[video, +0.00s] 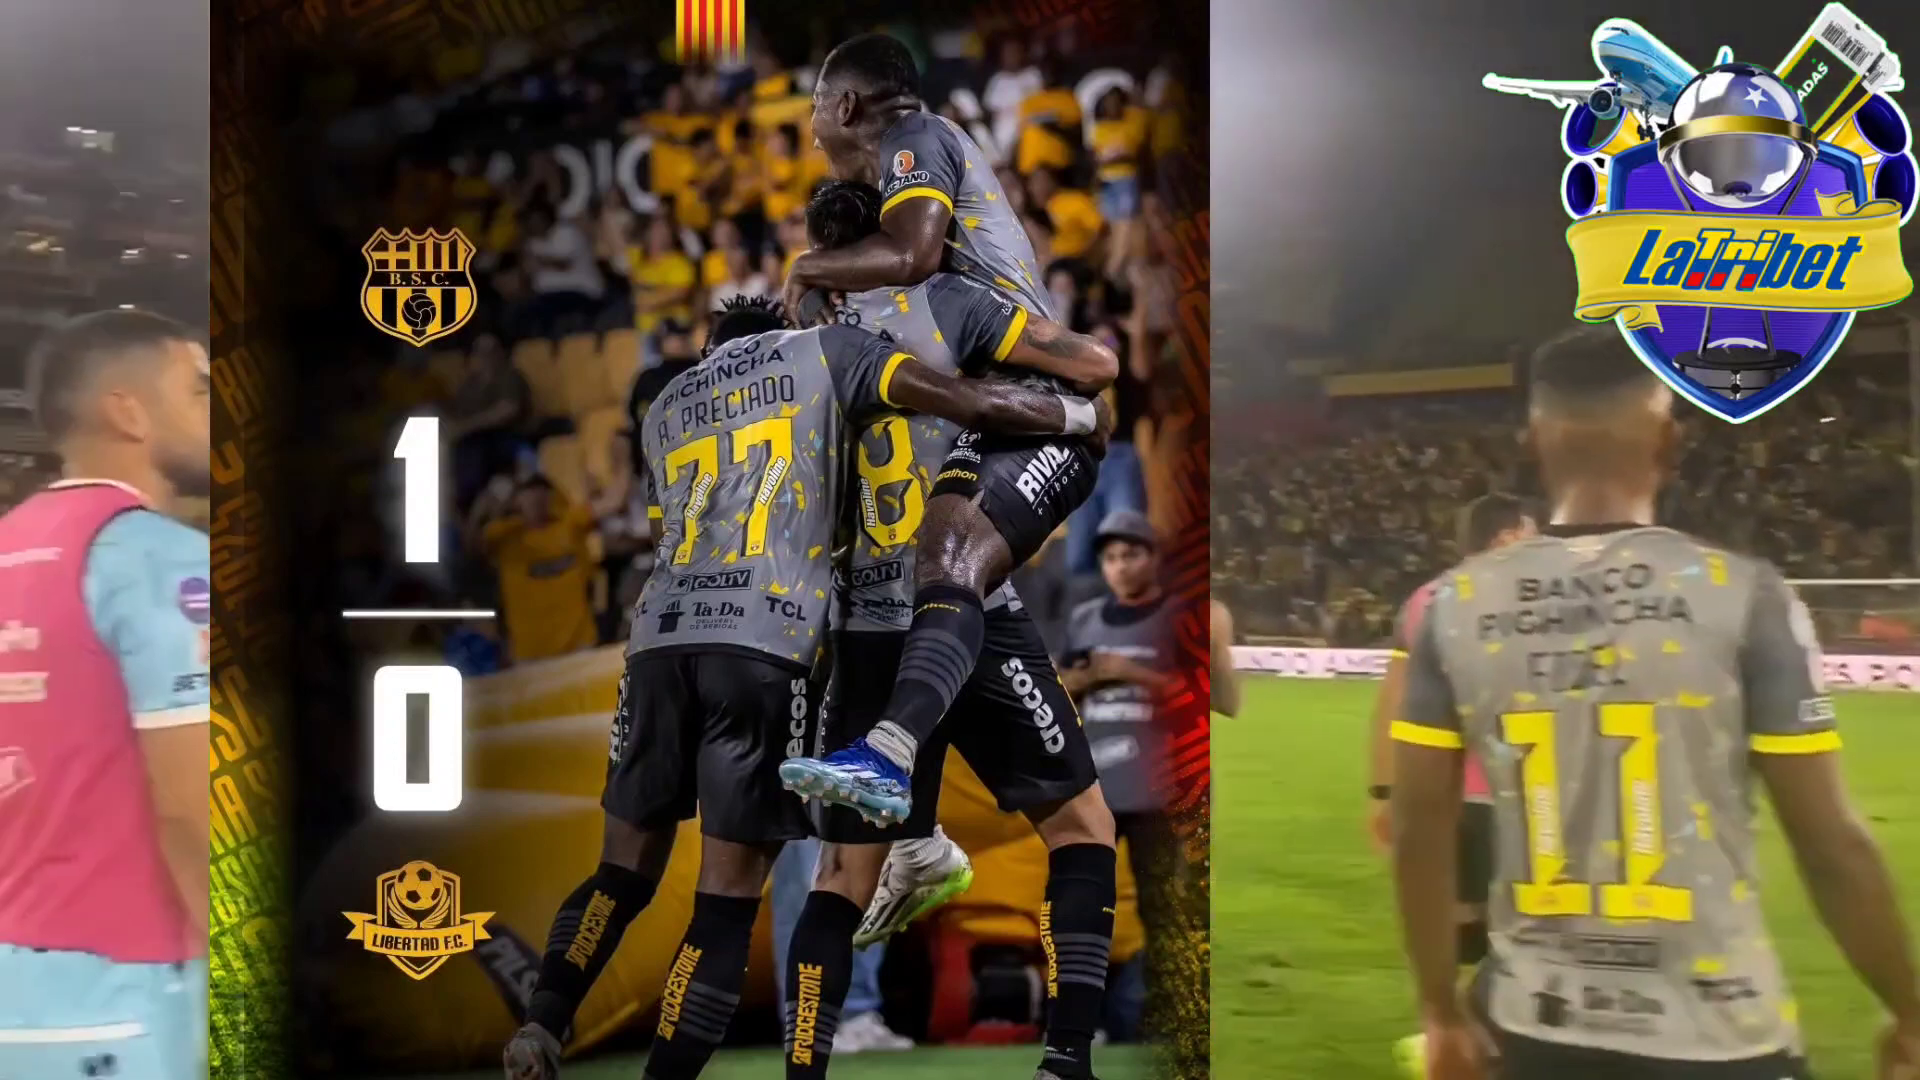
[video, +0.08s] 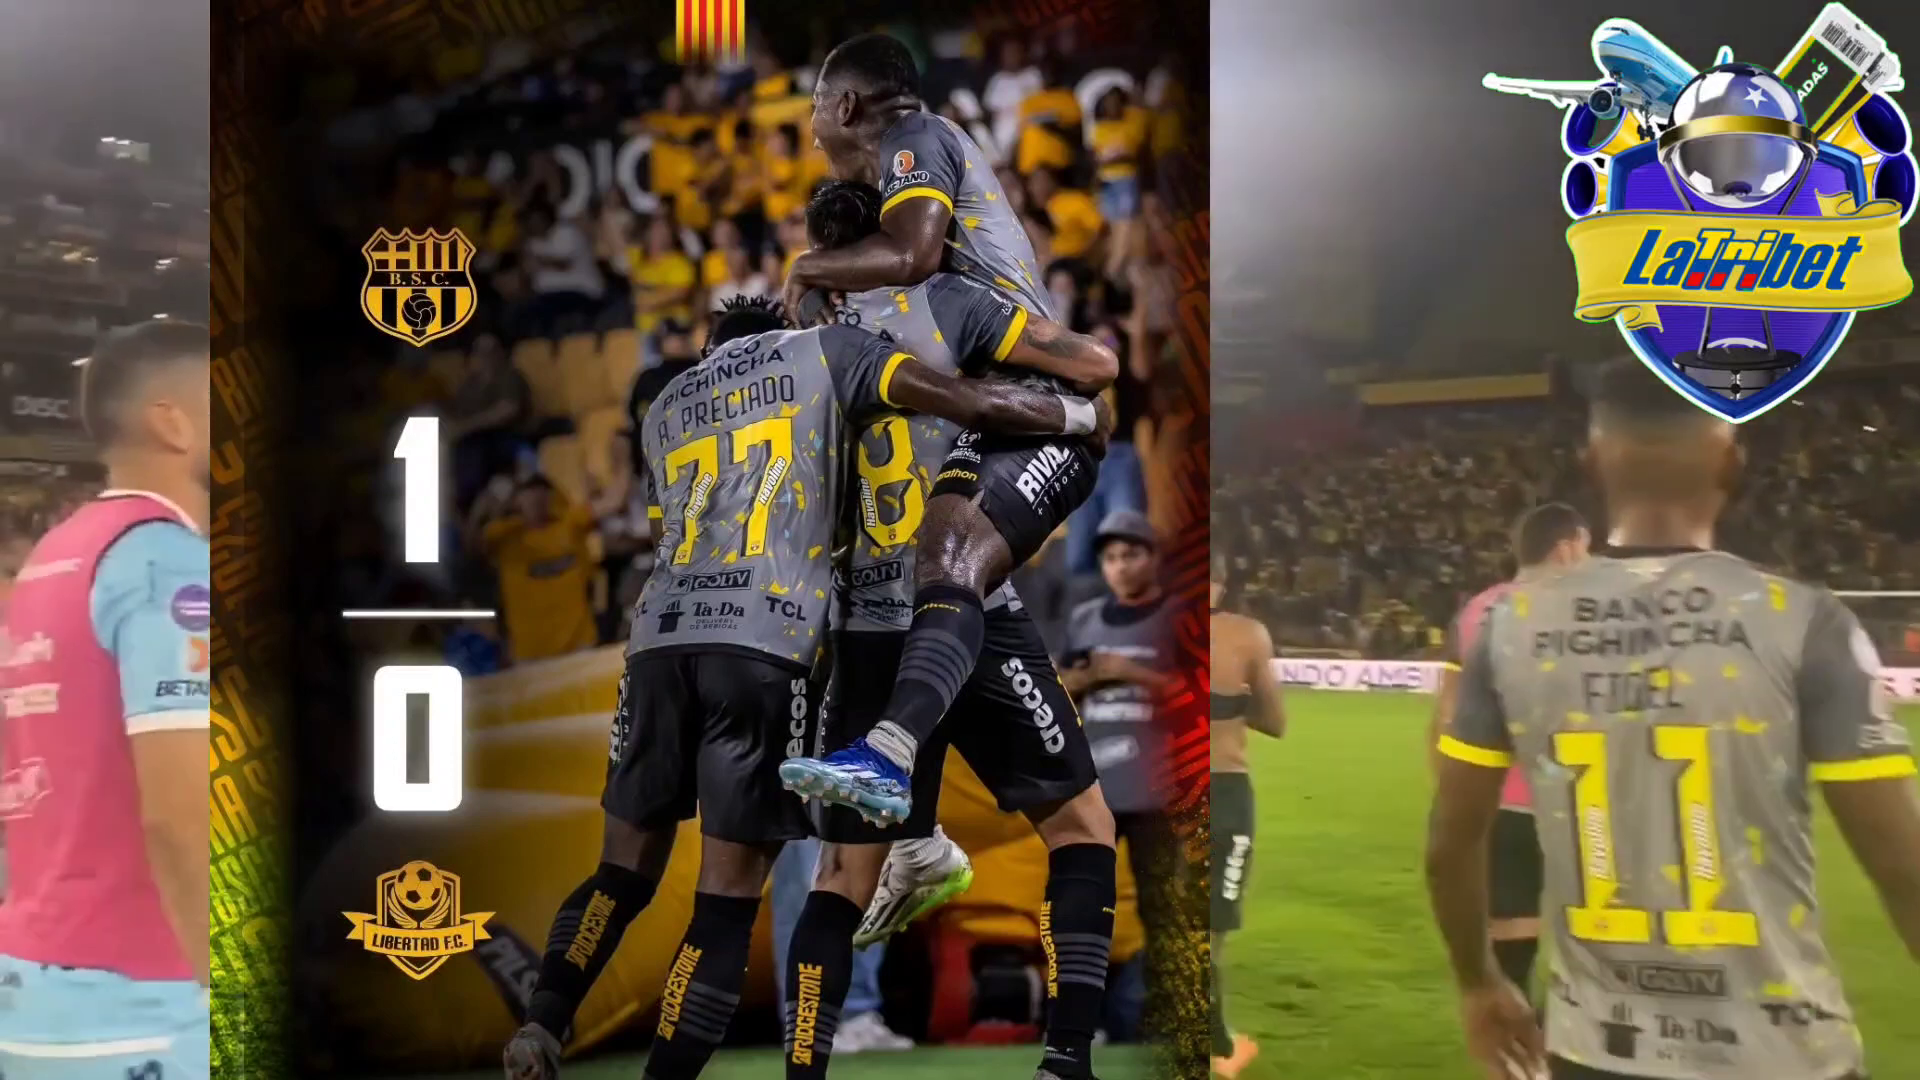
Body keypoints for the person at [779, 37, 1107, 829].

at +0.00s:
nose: (819, 135)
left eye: (823, 115)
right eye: (816, 118)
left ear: (856, 104)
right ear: (881, 105)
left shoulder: (915, 134)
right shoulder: (910, 153)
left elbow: (915, 251)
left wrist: (807, 265)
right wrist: (806, 301)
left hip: (1044, 404)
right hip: (981, 402)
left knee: (952, 557)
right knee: (895, 570)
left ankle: (889, 756)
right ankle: (916, 840)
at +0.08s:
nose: (819, 136)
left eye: (822, 116)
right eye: (816, 118)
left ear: (856, 103)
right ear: (881, 104)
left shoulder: (915, 134)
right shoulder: (912, 152)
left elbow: (915, 251)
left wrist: (806, 265)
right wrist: (809, 297)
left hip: (1044, 404)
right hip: (982, 402)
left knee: (951, 557)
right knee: (900, 568)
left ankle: (890, 755)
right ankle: (916, 839)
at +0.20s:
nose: (818, 133)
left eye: (823, 113)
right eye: (817, 115)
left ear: (856, 104)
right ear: (880, 105)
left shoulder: (915, 135)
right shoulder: (901, 162)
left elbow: (915, 251)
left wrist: (806, 265)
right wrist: (808, 299)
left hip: (1045, 405)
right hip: (981, 404)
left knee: (951, 557)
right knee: (898, 568)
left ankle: (890, 754)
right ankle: (916, 839)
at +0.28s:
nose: (817, 131)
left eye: (823, 112)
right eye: (816, 113)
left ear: (857, 103)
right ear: (880, 104)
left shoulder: (915, 134)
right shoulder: (910, 151)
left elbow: (914, 251)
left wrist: (807, 265)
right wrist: (805, 299)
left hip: (1044, 406)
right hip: (982, 403)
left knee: (953, 558)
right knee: (900, 565)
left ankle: (888, 759)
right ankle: (915, 837)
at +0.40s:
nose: (817, 129)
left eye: (821, 110)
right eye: (815, 112)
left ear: (855, 102)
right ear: (881, 103)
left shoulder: (914, 134)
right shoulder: (912, 152)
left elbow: (914, 250)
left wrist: (806, 265)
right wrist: (810, 297)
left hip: (1042, 399)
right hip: (981, 398)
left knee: (953, 555)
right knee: (896, 565)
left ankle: (889, 756)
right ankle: (915, 836)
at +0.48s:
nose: (815, 129)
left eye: (821, 109)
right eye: (814, 111)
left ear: (857, 102)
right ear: (879, 104)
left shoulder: (915, 134)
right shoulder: (900, 161)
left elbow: (914, 251)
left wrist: (808, 265)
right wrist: (808, 299)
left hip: (1041, 404)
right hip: (980, 402)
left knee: (952, 555)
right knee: (893, 563)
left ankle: (888, 757)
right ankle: (914, 837)